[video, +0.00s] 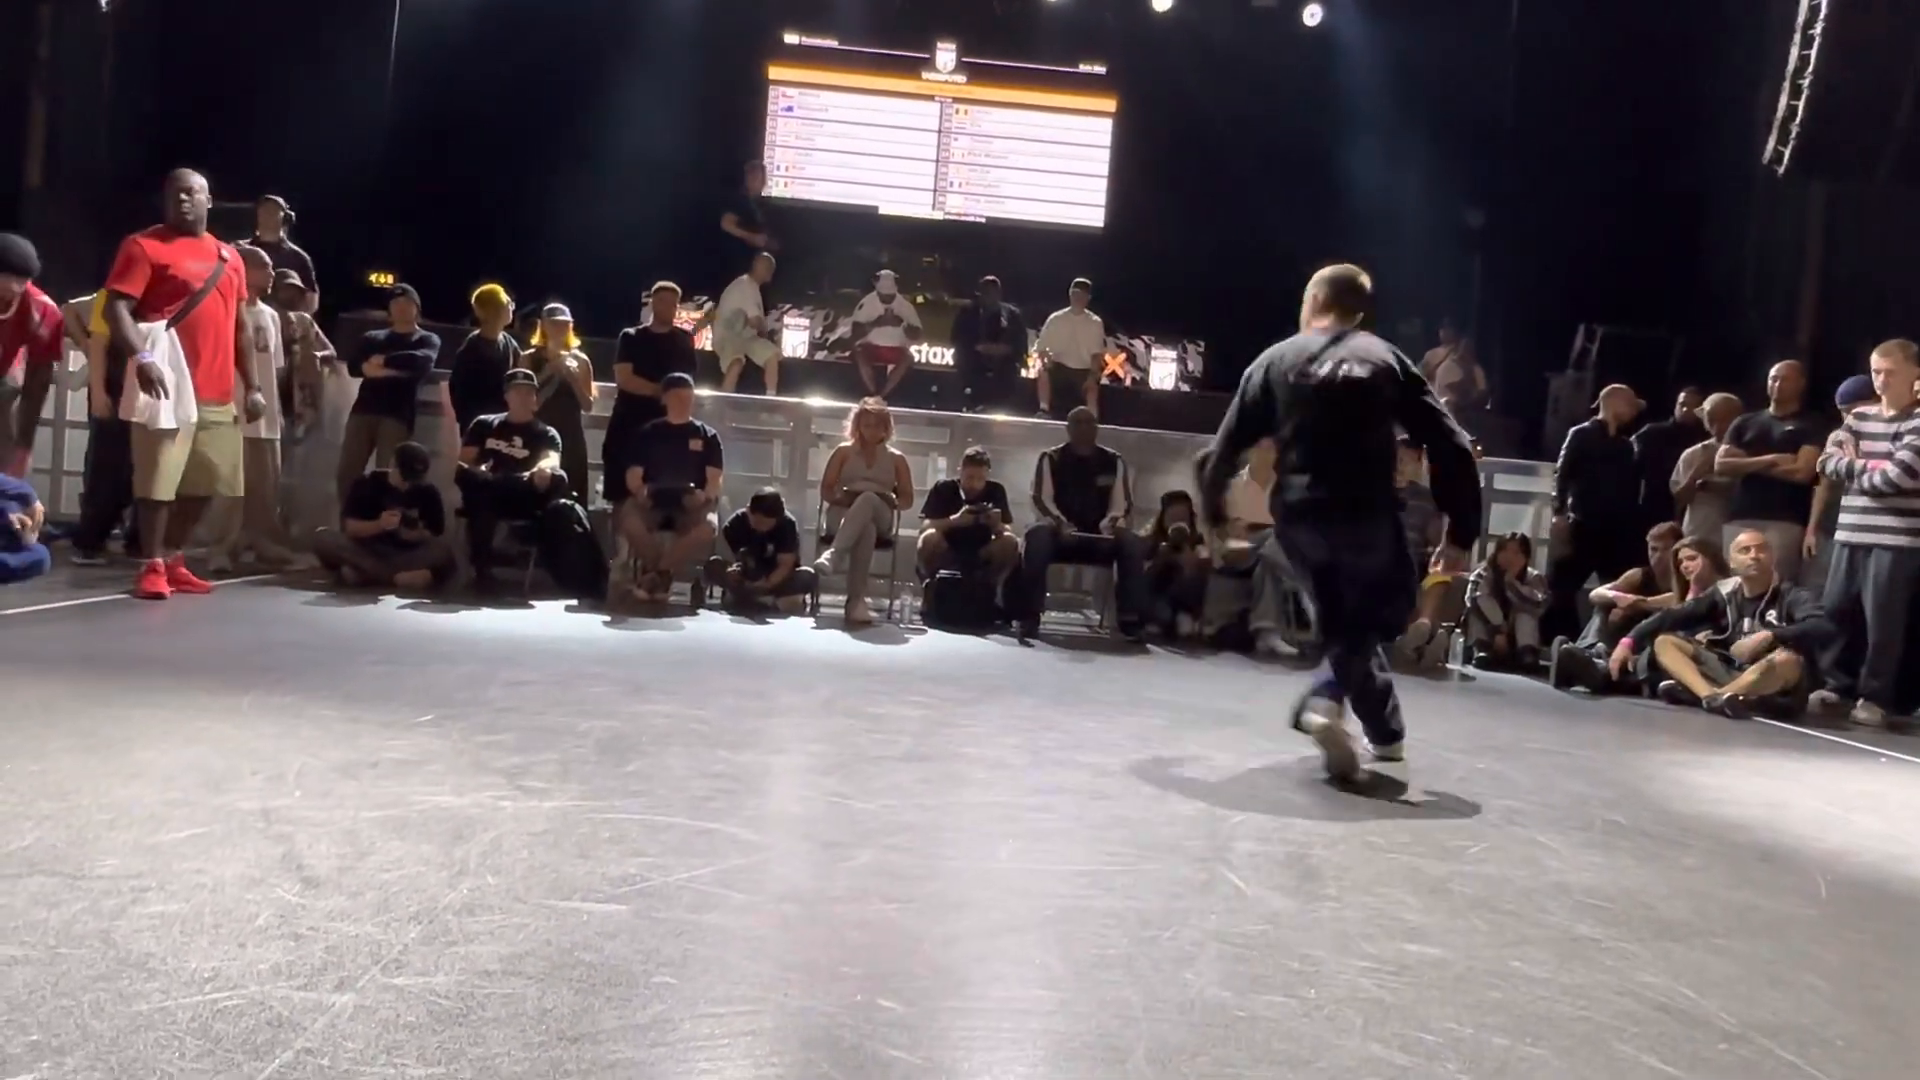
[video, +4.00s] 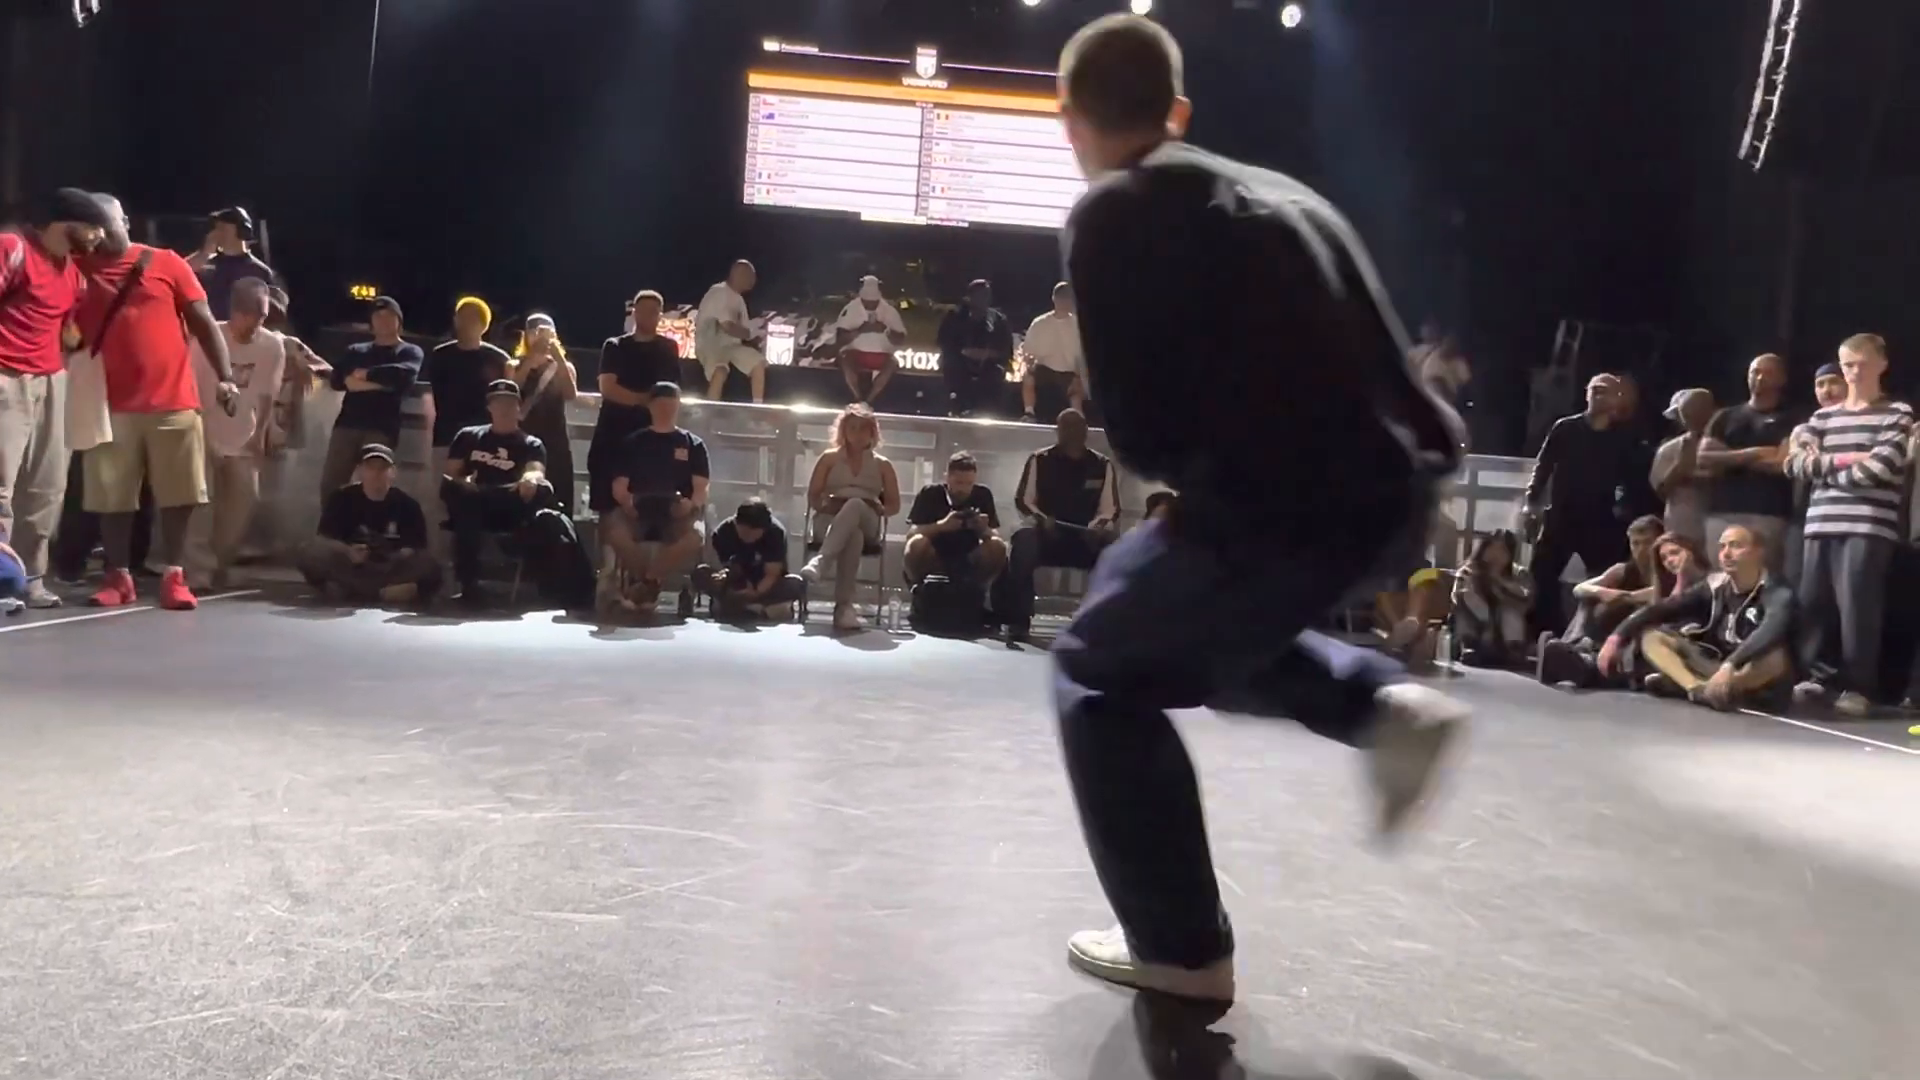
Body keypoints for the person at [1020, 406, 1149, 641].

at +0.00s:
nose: (1084, 430)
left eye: (1089, 424)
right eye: (1078, 424)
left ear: (1097, 428)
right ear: (1067, 428)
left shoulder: (1114, 461)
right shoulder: (1050, 459)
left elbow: (1121, 503)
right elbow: (1041, 499)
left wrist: (1112, 520)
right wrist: (1060, 523)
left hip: (1100, 538)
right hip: (1065, 536)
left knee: (1131, 543)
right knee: (1037, 536)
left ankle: (1131, 621)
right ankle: (1030, 618)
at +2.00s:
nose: (1086, 427)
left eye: (1091, 422)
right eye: (1079, 422)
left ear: (1099, 426)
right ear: (1069, 426)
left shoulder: (1115, 459)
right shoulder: (1052, 456)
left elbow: (1122, 501)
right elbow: (1044, 497)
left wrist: (1113, 519)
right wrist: (1060, 520)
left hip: (1100, 536)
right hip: (1066, 534)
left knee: (1131, 540)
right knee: (1039, 533)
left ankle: (1130, 618)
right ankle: (1030, 619)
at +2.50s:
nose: (1087, 429)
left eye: (1093, 423)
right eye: (1081, 423)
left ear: (1102, 428)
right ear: (1071, 428)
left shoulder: (1118, 462)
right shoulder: (1053, 457)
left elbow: (1123, 503)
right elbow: (1037, 500)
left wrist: (1114, 519)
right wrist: (1053, 486)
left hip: (1099, 535)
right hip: (1062, 533)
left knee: (1132, 541)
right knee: (1040, 536)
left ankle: (1132, 619)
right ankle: (1031, 619)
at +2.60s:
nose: (1088, 429)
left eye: (1093, 423)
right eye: (1082, 423)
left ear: (1102, 428)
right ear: (1072, 428)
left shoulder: (1119, 462)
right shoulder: (1056, 454)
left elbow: (1123, 502)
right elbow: (1037, 495)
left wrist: (1115, 519)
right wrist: (1054, 463)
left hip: (1099, 535)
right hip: (1062, 533)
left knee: (1132, 541)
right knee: (1042, 534)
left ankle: (1132, 619)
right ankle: (1032, 619)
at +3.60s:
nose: (1081, 433)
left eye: (1087, 427)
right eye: (1075, 427)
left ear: (1095, 432)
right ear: (1066, 430)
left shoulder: (1112, 465)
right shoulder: (1047, 457)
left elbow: (1116, 508)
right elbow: (1029, 501)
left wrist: (1105, 524)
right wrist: (1041, 484)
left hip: (1090, 537)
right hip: (1053, 535)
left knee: (1123, 543)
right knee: (1033, 538)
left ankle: (1123, 621)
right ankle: (1023, 621)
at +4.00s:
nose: (1072, 436)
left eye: (1077, 430)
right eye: (1066, 430)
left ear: (1086, 432)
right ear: (1057, 432)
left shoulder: (1102, 465)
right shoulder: (1038, 460)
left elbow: (1109, 508)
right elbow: (1024, 500)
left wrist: (1100, 522)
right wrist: (1040, 518)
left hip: (1085, 536)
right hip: (1049, 534)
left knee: (1112, 544)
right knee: (1023, 539)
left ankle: (1104, 626)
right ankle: (1019, 622)